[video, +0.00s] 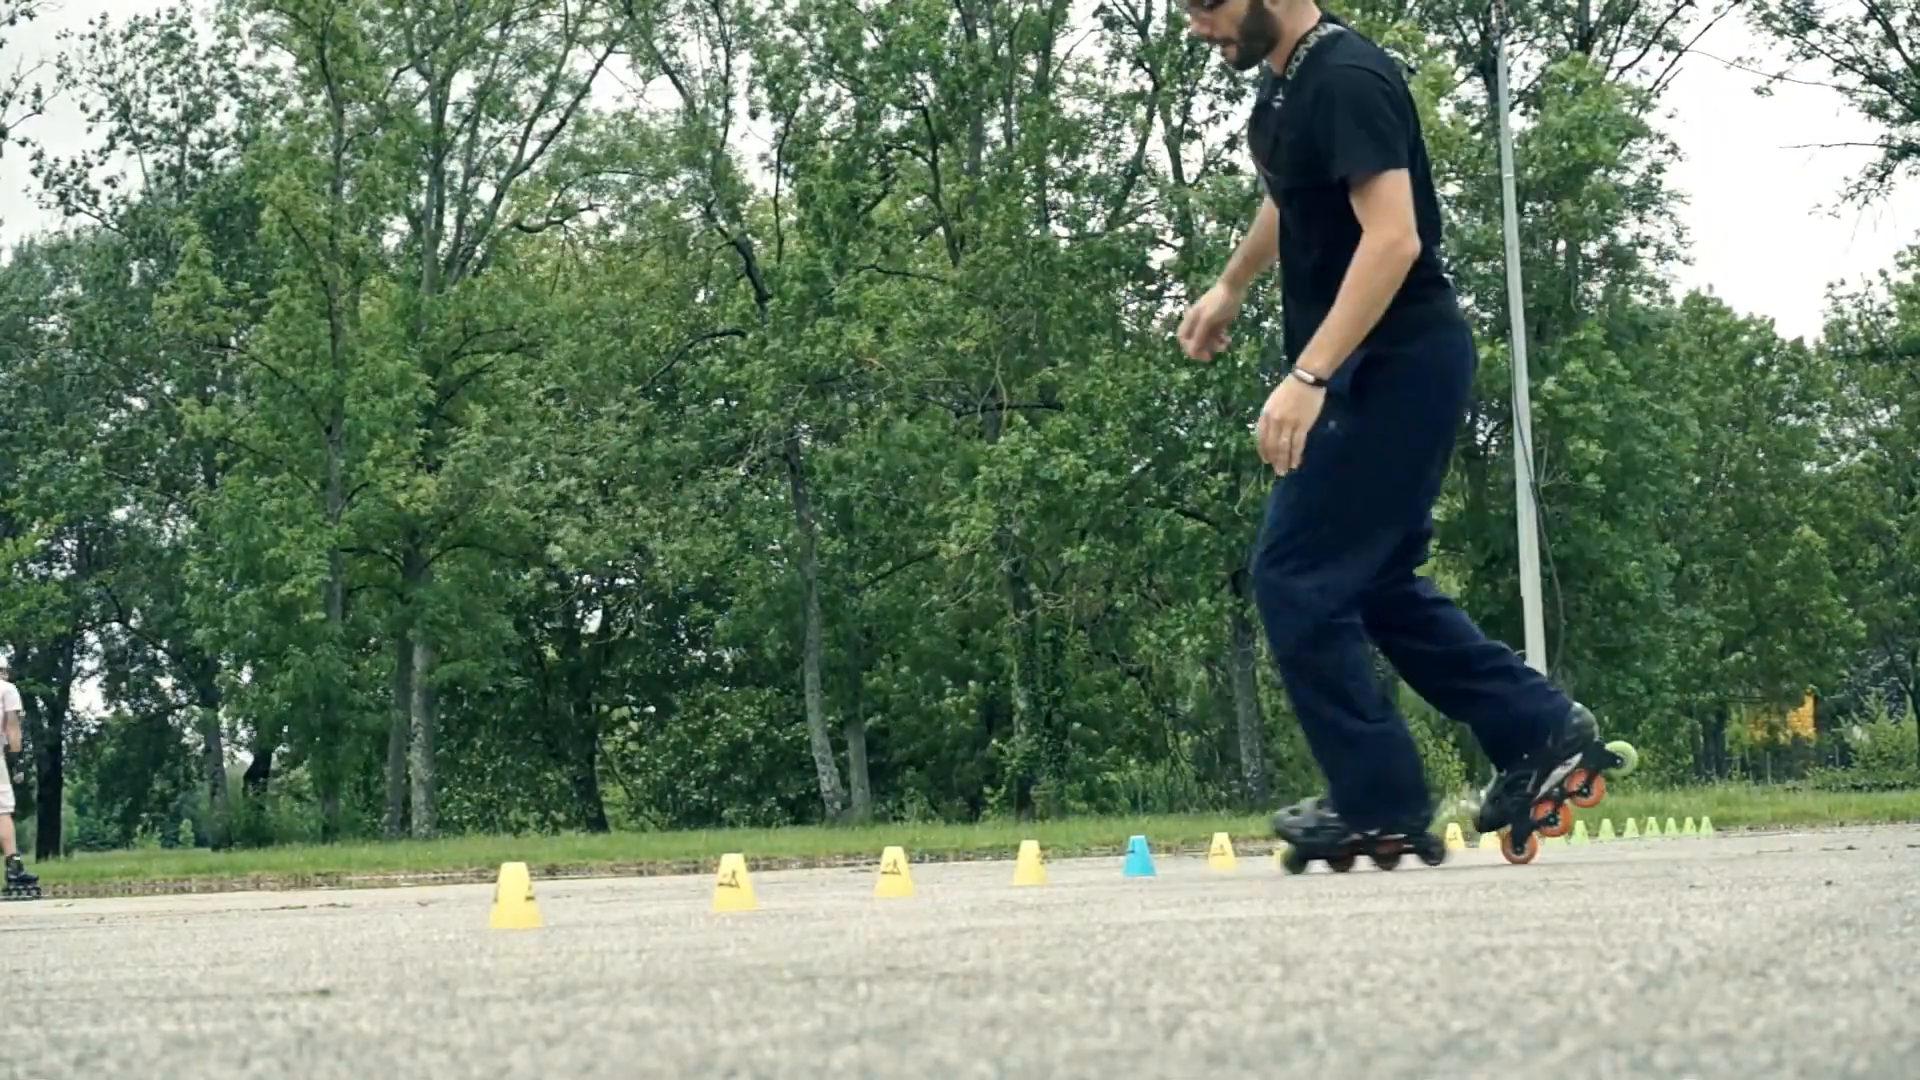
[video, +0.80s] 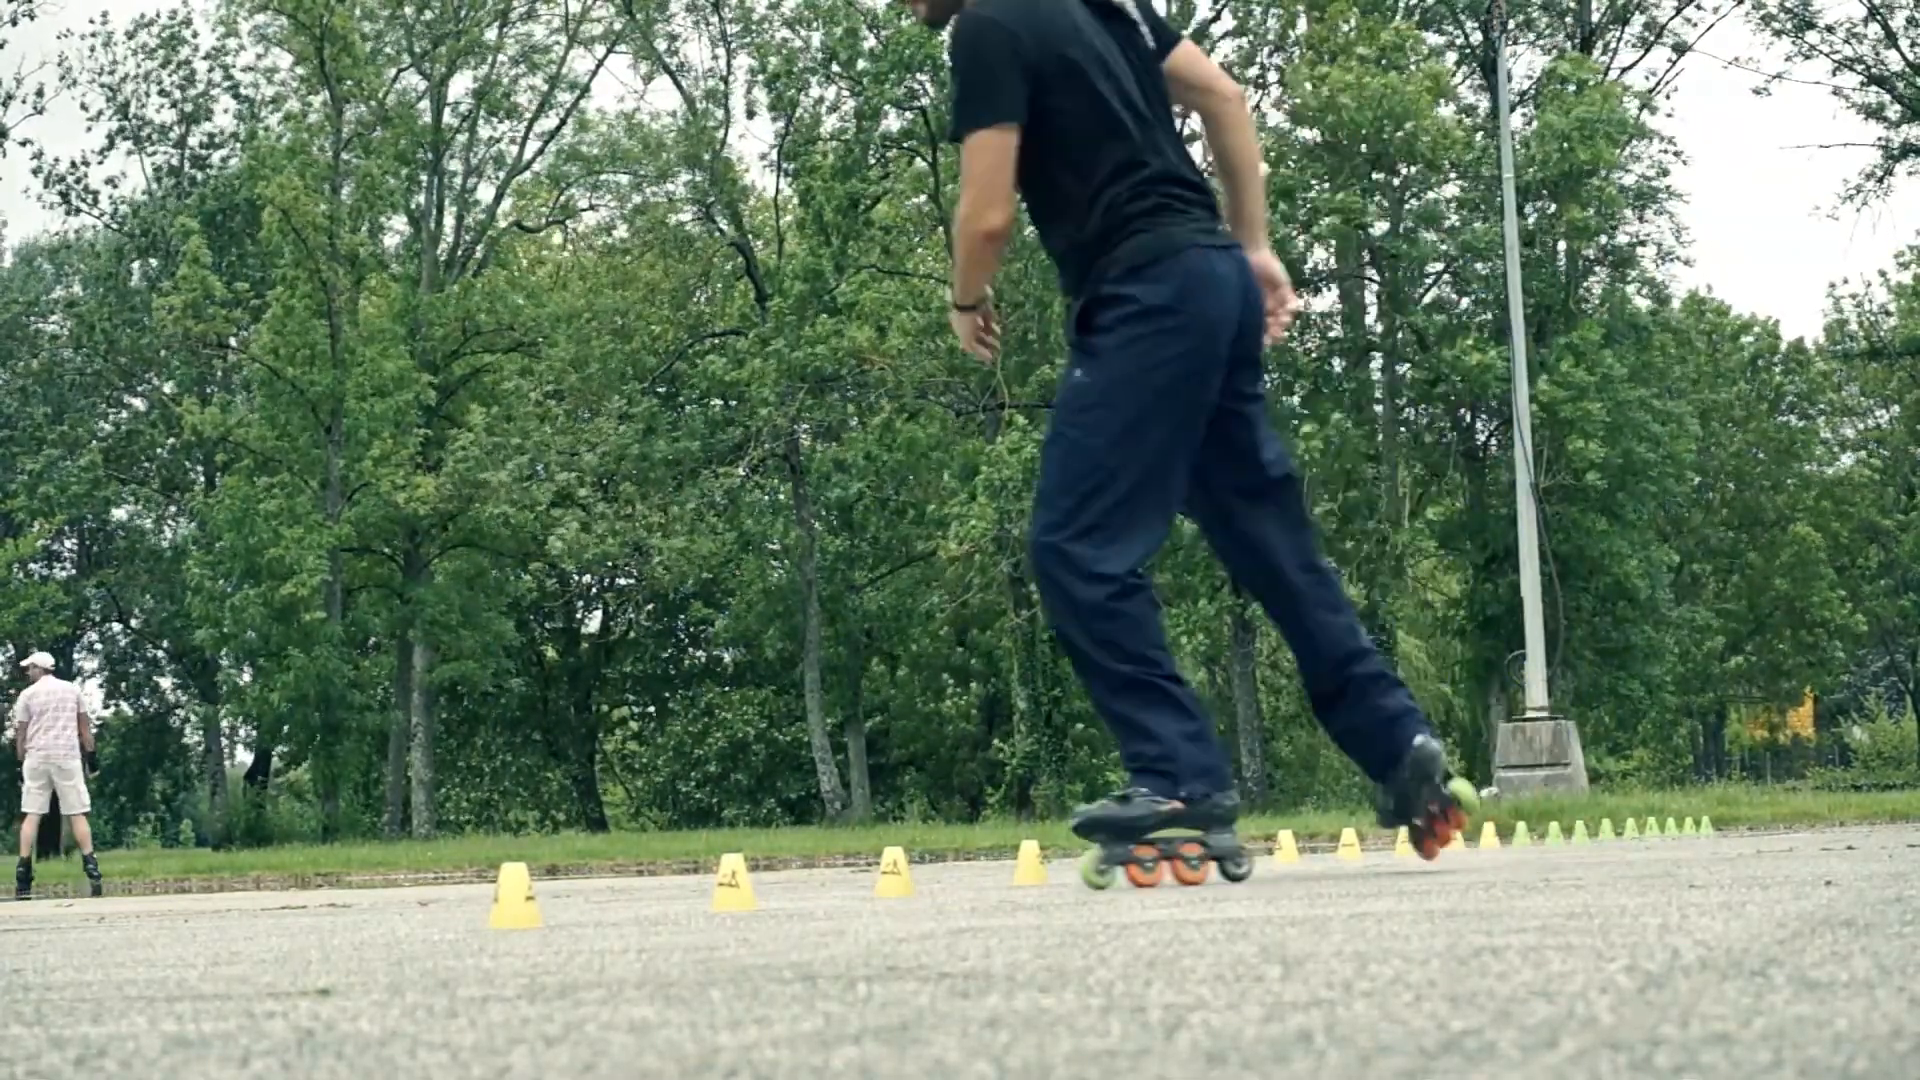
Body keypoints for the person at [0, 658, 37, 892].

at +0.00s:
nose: (5, 674)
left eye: (4, 671)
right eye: (4, 671)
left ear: (4, 672)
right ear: (4, 672)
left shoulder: (8, 690)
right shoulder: (8, 690)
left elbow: (12, 725)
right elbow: (12, 725)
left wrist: (16, 758)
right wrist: (16, 758)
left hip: (5, 757)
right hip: (2, 757)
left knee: (5, 810)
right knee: (5, 810)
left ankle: (13, 862)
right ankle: (13, 862)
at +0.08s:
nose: (11, 674)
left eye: (9, 670)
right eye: (11, 670)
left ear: (3, 669)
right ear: (11, 669)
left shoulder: (18, 690)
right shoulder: (18, 689)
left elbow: (26, 726)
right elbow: (27, 726)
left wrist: (32, 758)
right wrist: (32, 758)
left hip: (9, 758)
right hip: (6, 758)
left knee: (18, 811)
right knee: (18, 811)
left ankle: (28, 863)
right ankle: (28, 864)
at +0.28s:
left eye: (13, 668)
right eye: (28, 667)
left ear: (11, 669)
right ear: (32, 668)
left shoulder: (3, 689)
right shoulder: (45, 689)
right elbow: (55, 724)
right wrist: (63, 754)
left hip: (4, 756)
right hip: (33, 757)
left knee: (2, 813)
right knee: (48, 812)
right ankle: (63, 864)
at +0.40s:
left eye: (21, 668)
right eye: (36, 667)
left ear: (20, 669)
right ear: (40, 668)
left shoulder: (8, 694)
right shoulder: (55, 689)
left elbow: (3, 728)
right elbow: (67, 725)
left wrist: (8, 750)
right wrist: (72, 753)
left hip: (14, 757)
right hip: (47, 758)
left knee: (10, 814)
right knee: (58, 813)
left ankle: (1, 867)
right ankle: (73, 864)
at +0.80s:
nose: (27, 673)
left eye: (29, 669)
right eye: (27, 669)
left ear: (39, 669)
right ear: (49, 669)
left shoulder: (27, 694)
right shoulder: (72, 690)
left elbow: (20, 732)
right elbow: (84, 727)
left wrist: (23, 759)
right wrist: (90, 754)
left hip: (36, 757)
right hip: (68, 757)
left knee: (32, 815)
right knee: (77, 813)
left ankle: (23, 870)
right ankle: (91, 864)